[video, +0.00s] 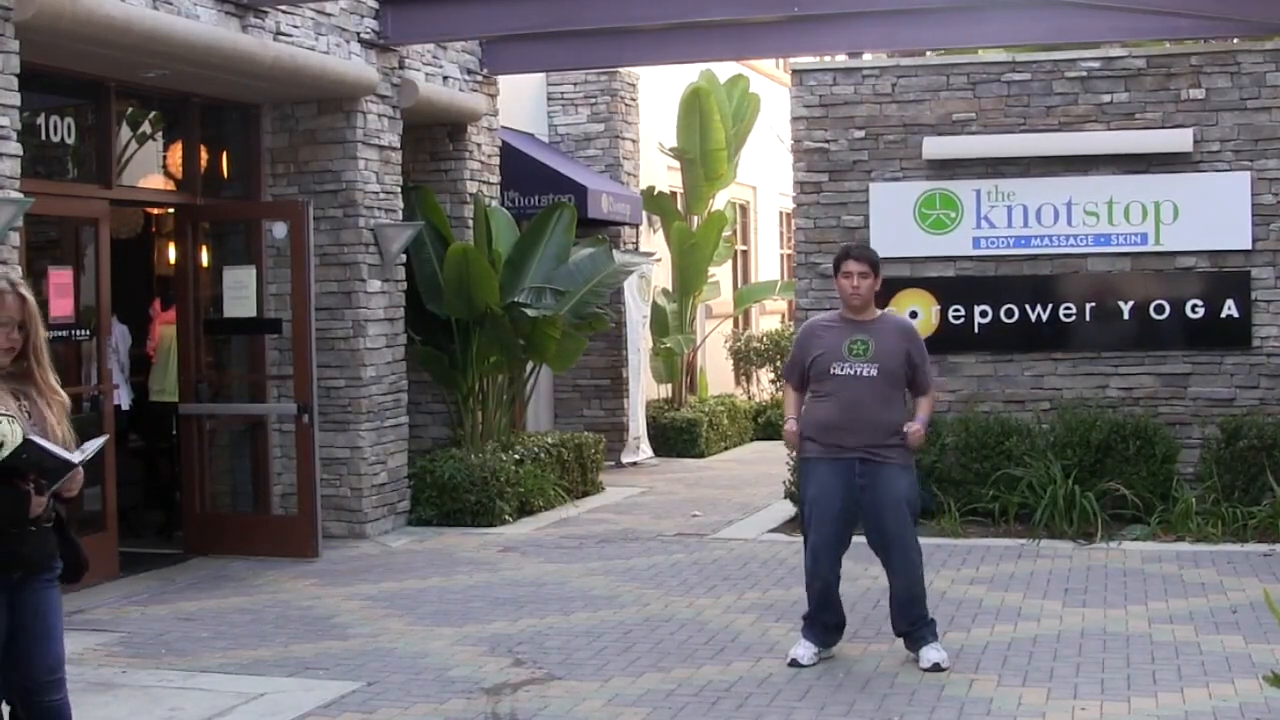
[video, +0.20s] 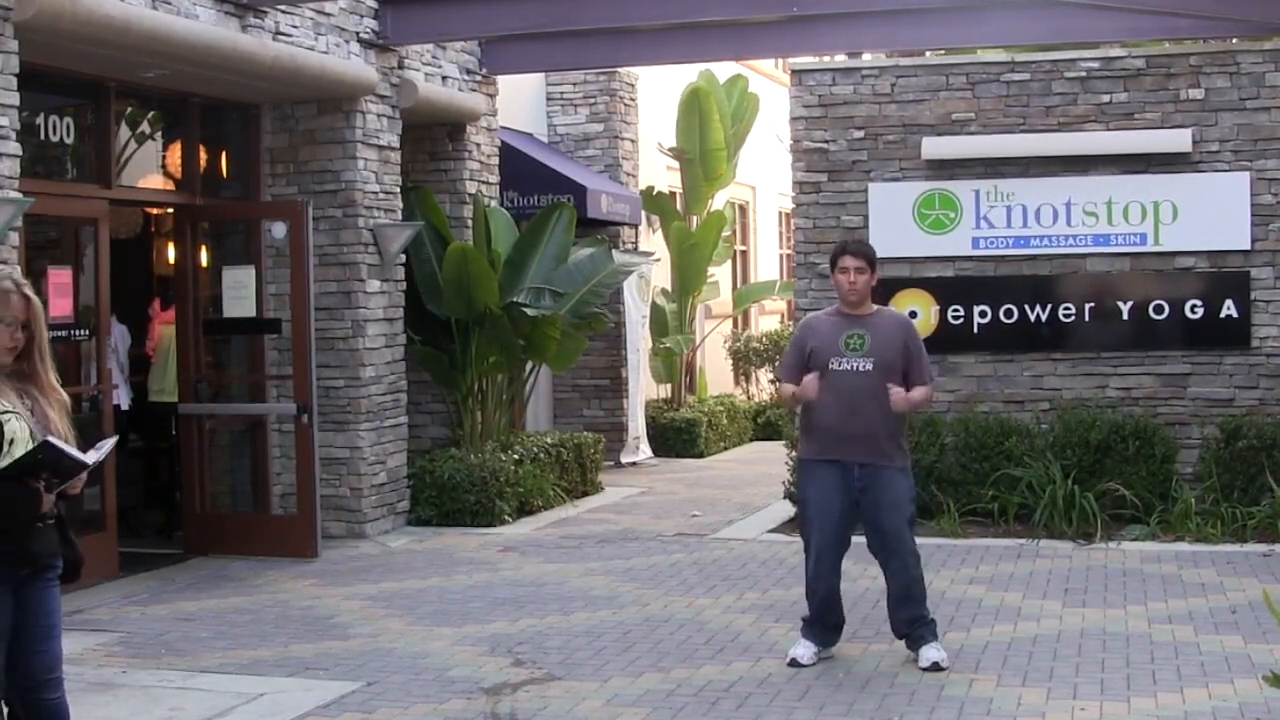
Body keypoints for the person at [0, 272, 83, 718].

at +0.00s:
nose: (10, 337)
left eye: (18, 326)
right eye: (2, 325)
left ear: (30, 331)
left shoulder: (42, 393)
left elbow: (64, 472)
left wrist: (71, 483)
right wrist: (15, 503)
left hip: (35, 565)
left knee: (46, 699)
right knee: (16, 699)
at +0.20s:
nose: (13, 337)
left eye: (22, 326)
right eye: (5, 324)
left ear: (32, 331)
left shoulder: (44, 393)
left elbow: (64, 470)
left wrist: (71, 482)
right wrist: (32, 498)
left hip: (39, 561)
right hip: (4, 561)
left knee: (43, 694)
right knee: (12, 695)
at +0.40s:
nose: (16, 334)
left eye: (23, 324)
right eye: (7, 322)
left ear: (33, 328)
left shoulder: (42, 389)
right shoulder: (5, 389)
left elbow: (63, 464)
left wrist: (70, 482)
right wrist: (33, 493)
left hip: (41, 559)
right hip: (3, 558)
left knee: (41, 692)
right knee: (7, 693)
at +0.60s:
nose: (19, 335)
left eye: (26, 325)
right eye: (10, 323)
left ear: (35, 330)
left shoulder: (44, 391)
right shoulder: (6, 391)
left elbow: (64, 467)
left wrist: (70, 485)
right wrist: (33, 494)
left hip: (41, 559)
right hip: (4, 559)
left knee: (41, 692)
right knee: (9, 693)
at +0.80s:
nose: (18, 336)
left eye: (25, 325)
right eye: (9, 323)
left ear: (34, 329)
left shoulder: (42, 390)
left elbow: (62, 464)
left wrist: (69, 485)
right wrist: (33, 491)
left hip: (39, 560)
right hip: (4, 559)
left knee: (39, 691)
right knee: (12, 693)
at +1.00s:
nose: (16, 336)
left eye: (23, 326)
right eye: (7, 323)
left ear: (32, 330)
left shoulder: (41, 392)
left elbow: (63, 465)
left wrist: (69, 487)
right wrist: (29, 499)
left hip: (37, 561)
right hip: (3, 560)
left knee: (37, 690)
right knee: (12, 692)